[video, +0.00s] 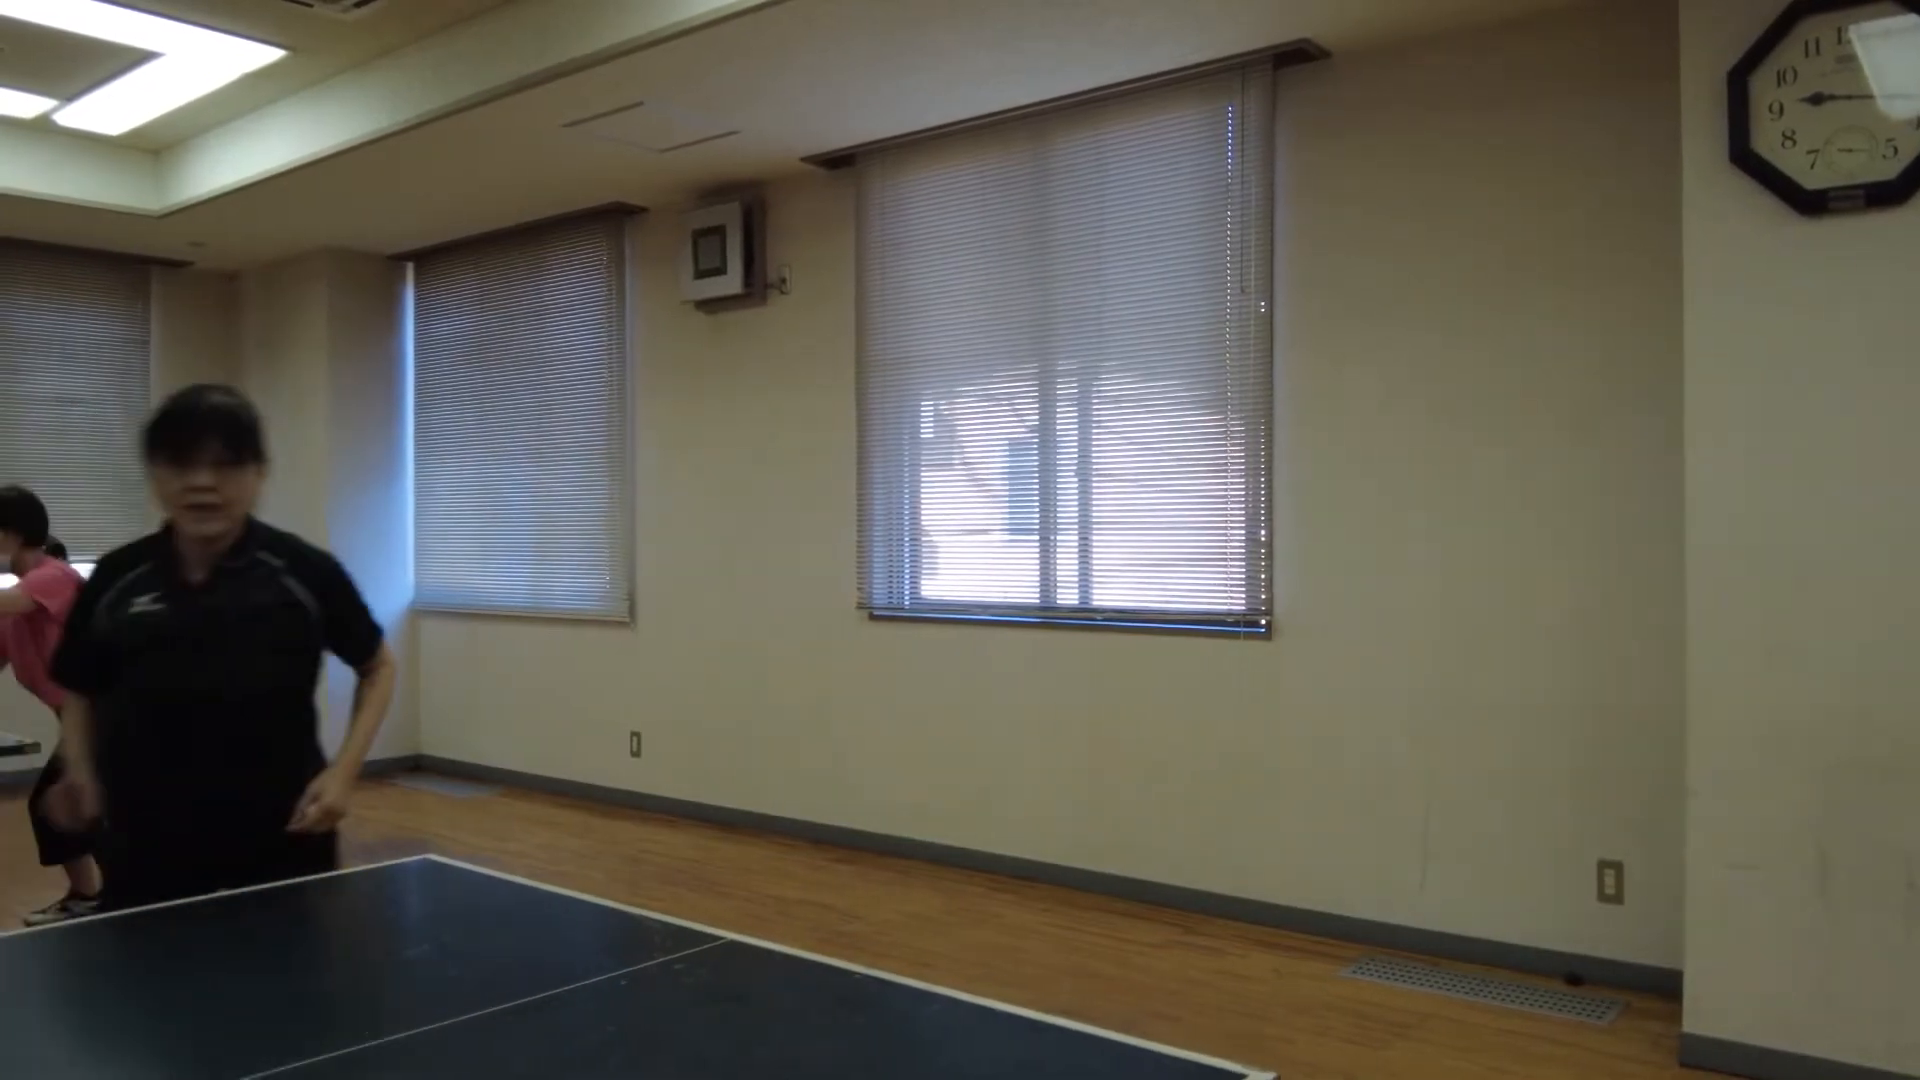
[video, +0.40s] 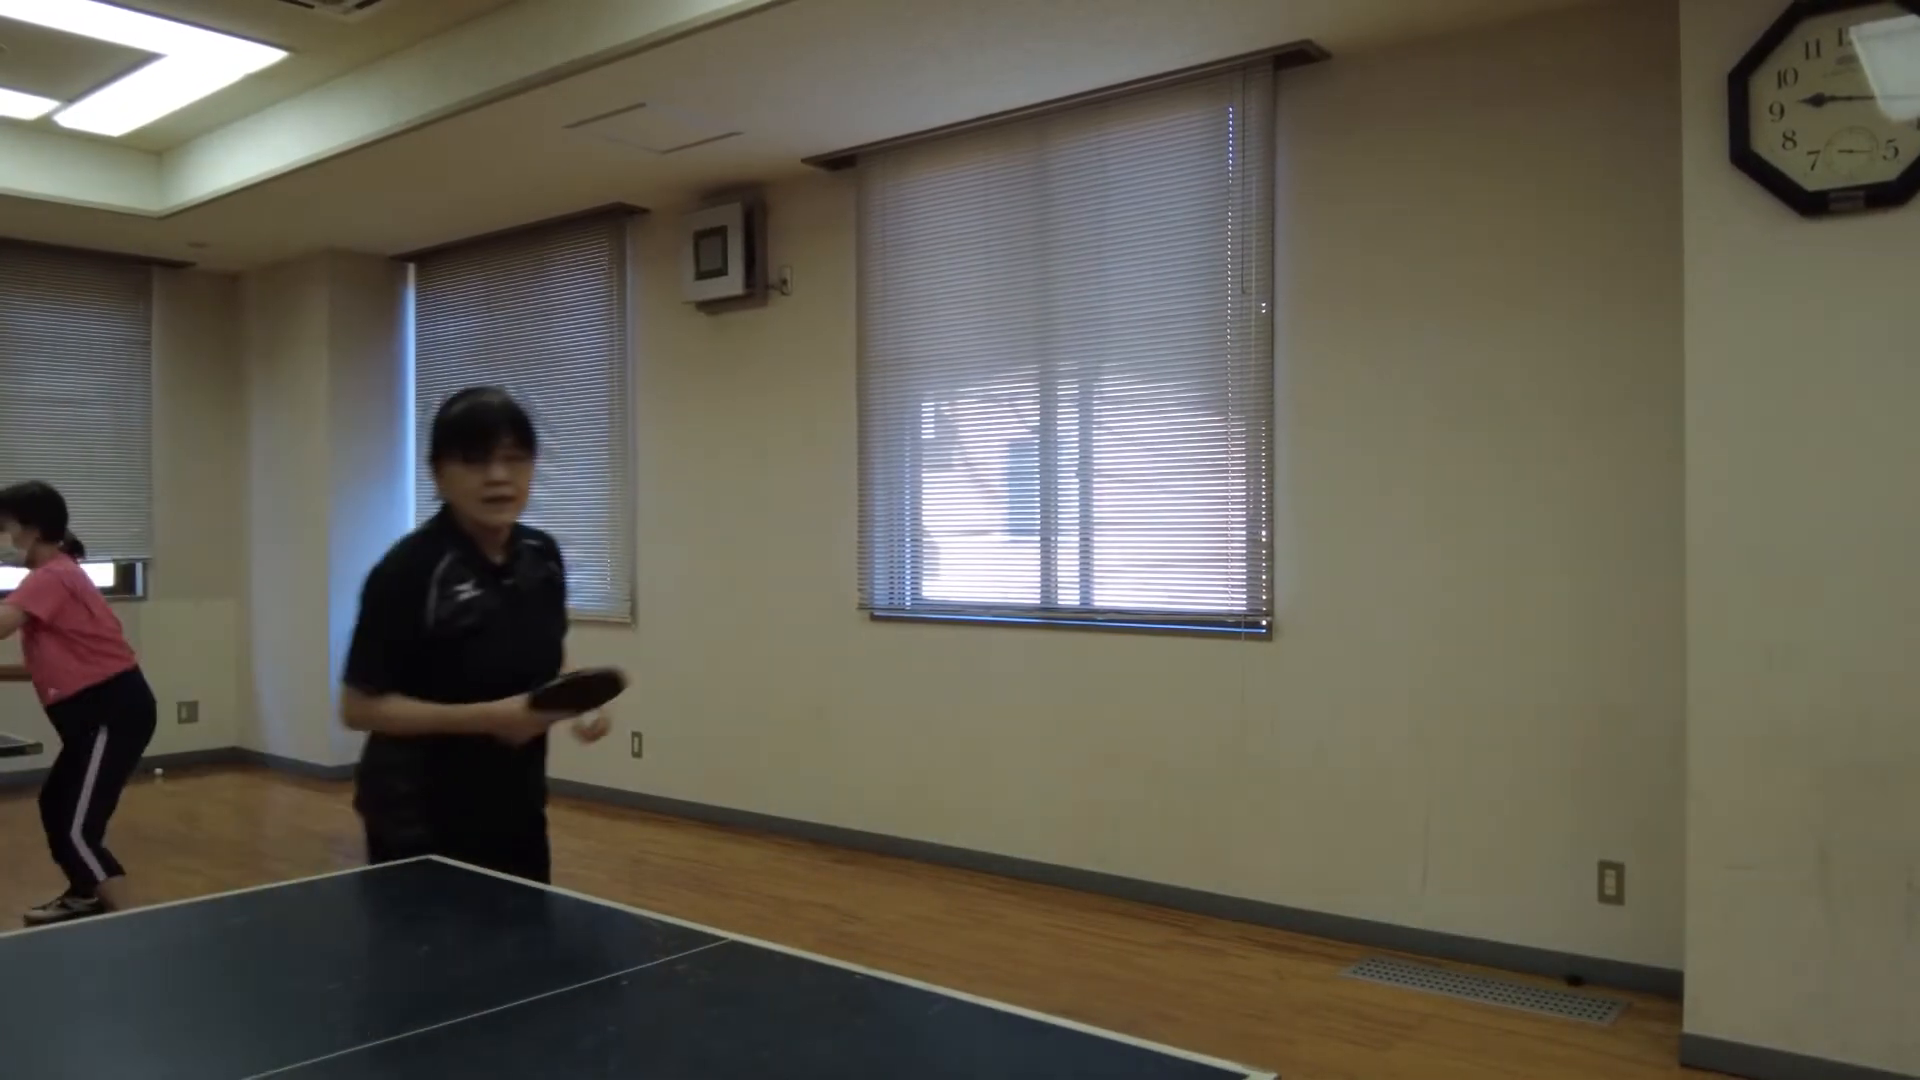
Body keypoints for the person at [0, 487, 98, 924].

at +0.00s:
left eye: (1, 535)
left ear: (21, 535)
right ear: (21, 537)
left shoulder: (54, 575)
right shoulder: (22, 591)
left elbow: (12, 603)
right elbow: (5, 656)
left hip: (99, 710)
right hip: (76, 714)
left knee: (51, 801)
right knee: (52, 801)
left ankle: (93, 890)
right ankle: (87, 891)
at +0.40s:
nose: (7, 537)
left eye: (11, 527)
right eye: (6, 528)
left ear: (35, 527)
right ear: (45, 528)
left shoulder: (54, 575)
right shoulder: (53, 576)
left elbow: (5, 620)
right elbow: (47, 666)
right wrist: (2, 669)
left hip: (114, 706)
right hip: (93, 709)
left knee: (78, 823)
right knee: (56, 802)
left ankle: (128, 920)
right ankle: (85, 893)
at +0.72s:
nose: (5, 537)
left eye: (7, 526)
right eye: (5, 526)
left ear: (25, 523)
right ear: (46, 522)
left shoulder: (60, 560)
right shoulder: (39, 584)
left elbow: (5, 565)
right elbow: (5, 626)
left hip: (138, 694)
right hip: (117, 698)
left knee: (114, 805)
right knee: (96, 795)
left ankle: (137, 914)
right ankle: (104, 889)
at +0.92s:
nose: (10, 543)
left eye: (15, 531)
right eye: (8, 534)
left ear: (39, 528)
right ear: (27, 533)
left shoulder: (70, 573)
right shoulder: (43, 593)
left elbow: (23, 611)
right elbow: (15, 659)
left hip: (141, 705)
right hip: (106, 715)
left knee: (105, 811)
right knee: (73, 797)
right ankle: (100, 891)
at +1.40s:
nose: (21, 549)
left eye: (23, 538)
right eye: (19, 540)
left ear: (46, 536)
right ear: (61, 537)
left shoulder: (56, 586)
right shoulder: (78, 580)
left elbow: (16, 648)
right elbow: (56, 669)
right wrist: (13, 662)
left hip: (113, 717)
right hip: (109, 712)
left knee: (69, 836)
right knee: (60, 806)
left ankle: (122, 921)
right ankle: (85, 896)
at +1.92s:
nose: (27, 537)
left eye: (31, 525)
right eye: (24, 528)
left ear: (59, 524)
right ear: (56, 528)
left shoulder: (85, 577)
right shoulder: (67, 582)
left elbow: (41, 632)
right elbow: (52, 660)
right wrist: (3, 668)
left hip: (143, 712)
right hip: (115, 715)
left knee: (100, 819)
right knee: (79, 802)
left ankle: (133, 921)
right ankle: (107, 900)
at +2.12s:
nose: (29, 533)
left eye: (34, 522)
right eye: (27, 524)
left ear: (61, 521)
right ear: (61, 525)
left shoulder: (81, 574)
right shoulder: (69, 580)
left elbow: (24, 635)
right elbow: (49, 662)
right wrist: (3, 666)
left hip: (139, 707)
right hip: (112, 711)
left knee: (97, 818)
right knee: (75, 796)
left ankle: (128, 919)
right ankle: (101, 892)